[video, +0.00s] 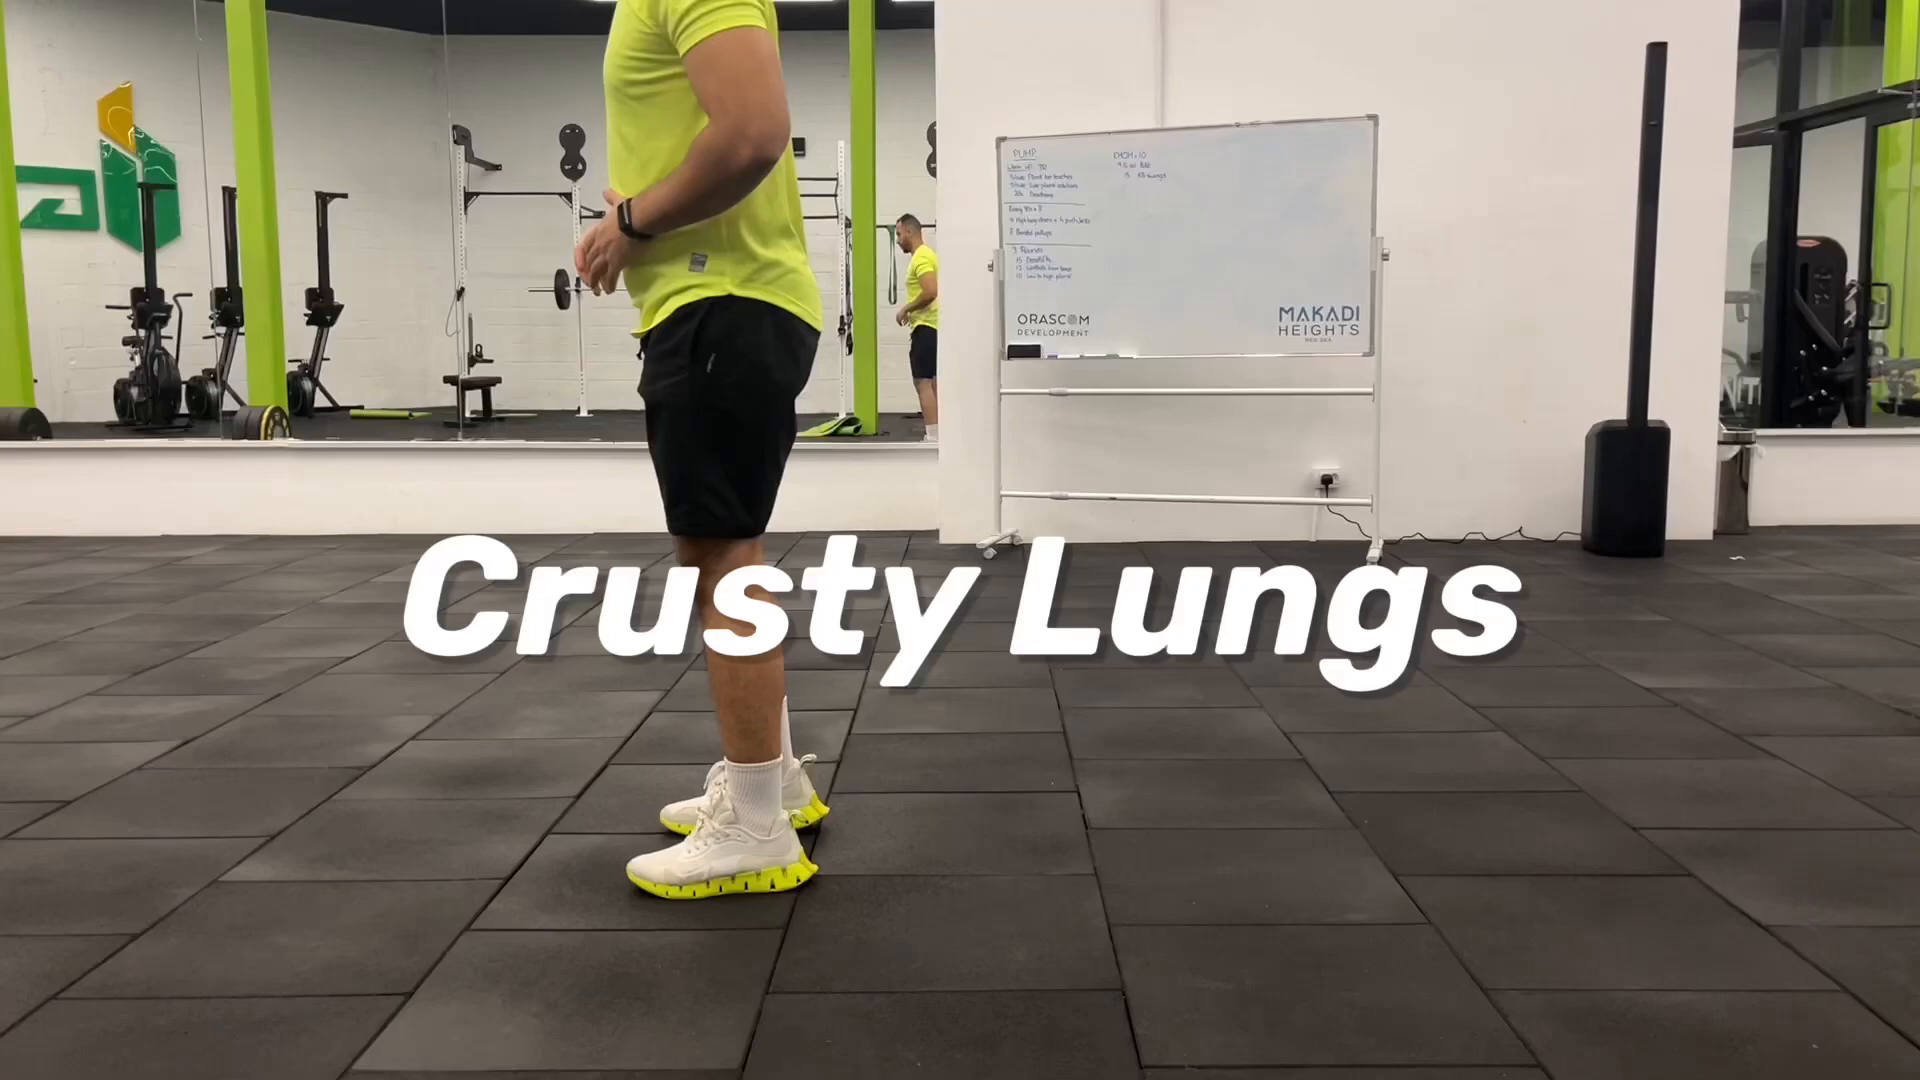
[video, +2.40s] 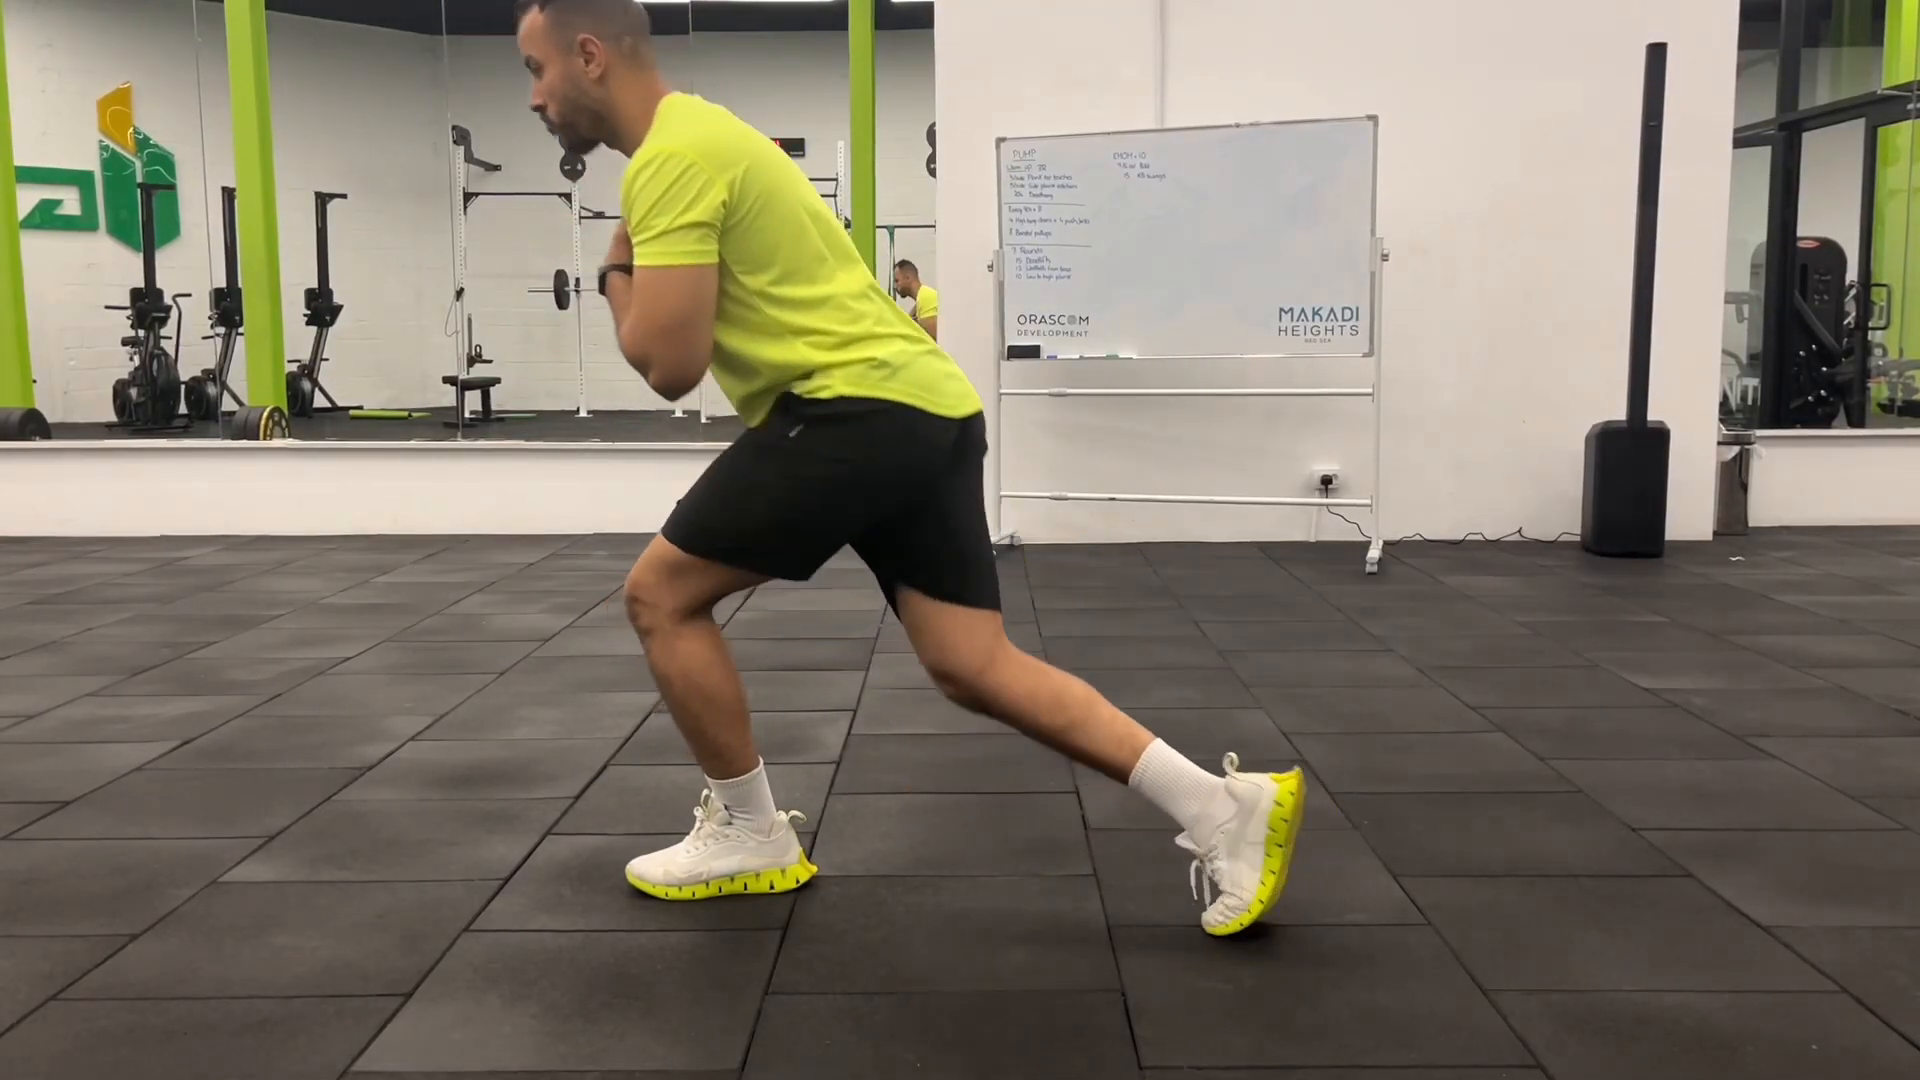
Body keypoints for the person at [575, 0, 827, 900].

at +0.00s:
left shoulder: (697, 1)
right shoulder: (671, 10)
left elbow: (752, 131)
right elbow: (733, 139)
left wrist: (631, 221)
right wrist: (627, 224)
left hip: (725, 301)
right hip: (715, 299)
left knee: (720, 553)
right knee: (724, 548)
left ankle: (755, 824)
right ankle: (770, 772)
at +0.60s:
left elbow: (691, 140)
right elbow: (714, 153)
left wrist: (594, 243)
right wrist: (606, 248)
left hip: (744, 303)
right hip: (801, 295)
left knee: (722, 565)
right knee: (783, 549)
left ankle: (750, 828)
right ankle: (879, 758)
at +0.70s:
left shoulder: (628, 4)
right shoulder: (689, 15)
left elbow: (688, 148)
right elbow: (721, 160)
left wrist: (589, 247)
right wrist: (621, 245)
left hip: (751, 306)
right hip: (815, 298)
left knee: (721, 568)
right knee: (807, 547)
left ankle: (752, 826)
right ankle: (964, 738)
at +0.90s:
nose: (474, 0)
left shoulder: (620, 23)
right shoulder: (645, 31)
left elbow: (687, 194)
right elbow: (696, 214)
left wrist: (592, 262)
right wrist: (589, 269)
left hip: (771, 321)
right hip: (846, 313)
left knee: (702, 579)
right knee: (900, 554)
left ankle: (751, 828)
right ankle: (1100, 719)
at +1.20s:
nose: (471, 84)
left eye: (476, 55)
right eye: (465, 60)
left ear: (540, 40)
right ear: (547, 41)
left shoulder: (640, 120)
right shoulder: (646, 128)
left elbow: (677, 311)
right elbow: (728, 313)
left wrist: (595, 288)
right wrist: (625, 354)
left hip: (826, 385)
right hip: (897, 379)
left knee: (665, 592)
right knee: (975, 616)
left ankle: (749, 827)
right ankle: (1210, 769)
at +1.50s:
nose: (566, 165)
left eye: (574, 140)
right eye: (563, 143)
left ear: (634, 132)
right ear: (647, 132)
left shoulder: (715, 231)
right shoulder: (740, 218)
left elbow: (689, 443)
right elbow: (717, 416)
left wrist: (640, 353)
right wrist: (661, 361)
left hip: (876, 494)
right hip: (947, 502)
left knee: (648, 609)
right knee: (959, 763)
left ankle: (747, 829)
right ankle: (1235, 819)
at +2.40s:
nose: (531, 98)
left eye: (535, 70)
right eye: (526, 74)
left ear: (595, 58)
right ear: (608, 58)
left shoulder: (673, 156)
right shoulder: (718, 140)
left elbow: (667, 364)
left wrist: (618, 275)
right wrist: (651, 273)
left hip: (852, 412)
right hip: (932, 409)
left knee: (661, 597)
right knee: (973, 661)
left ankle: (748, 832)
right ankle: (1220, 810)